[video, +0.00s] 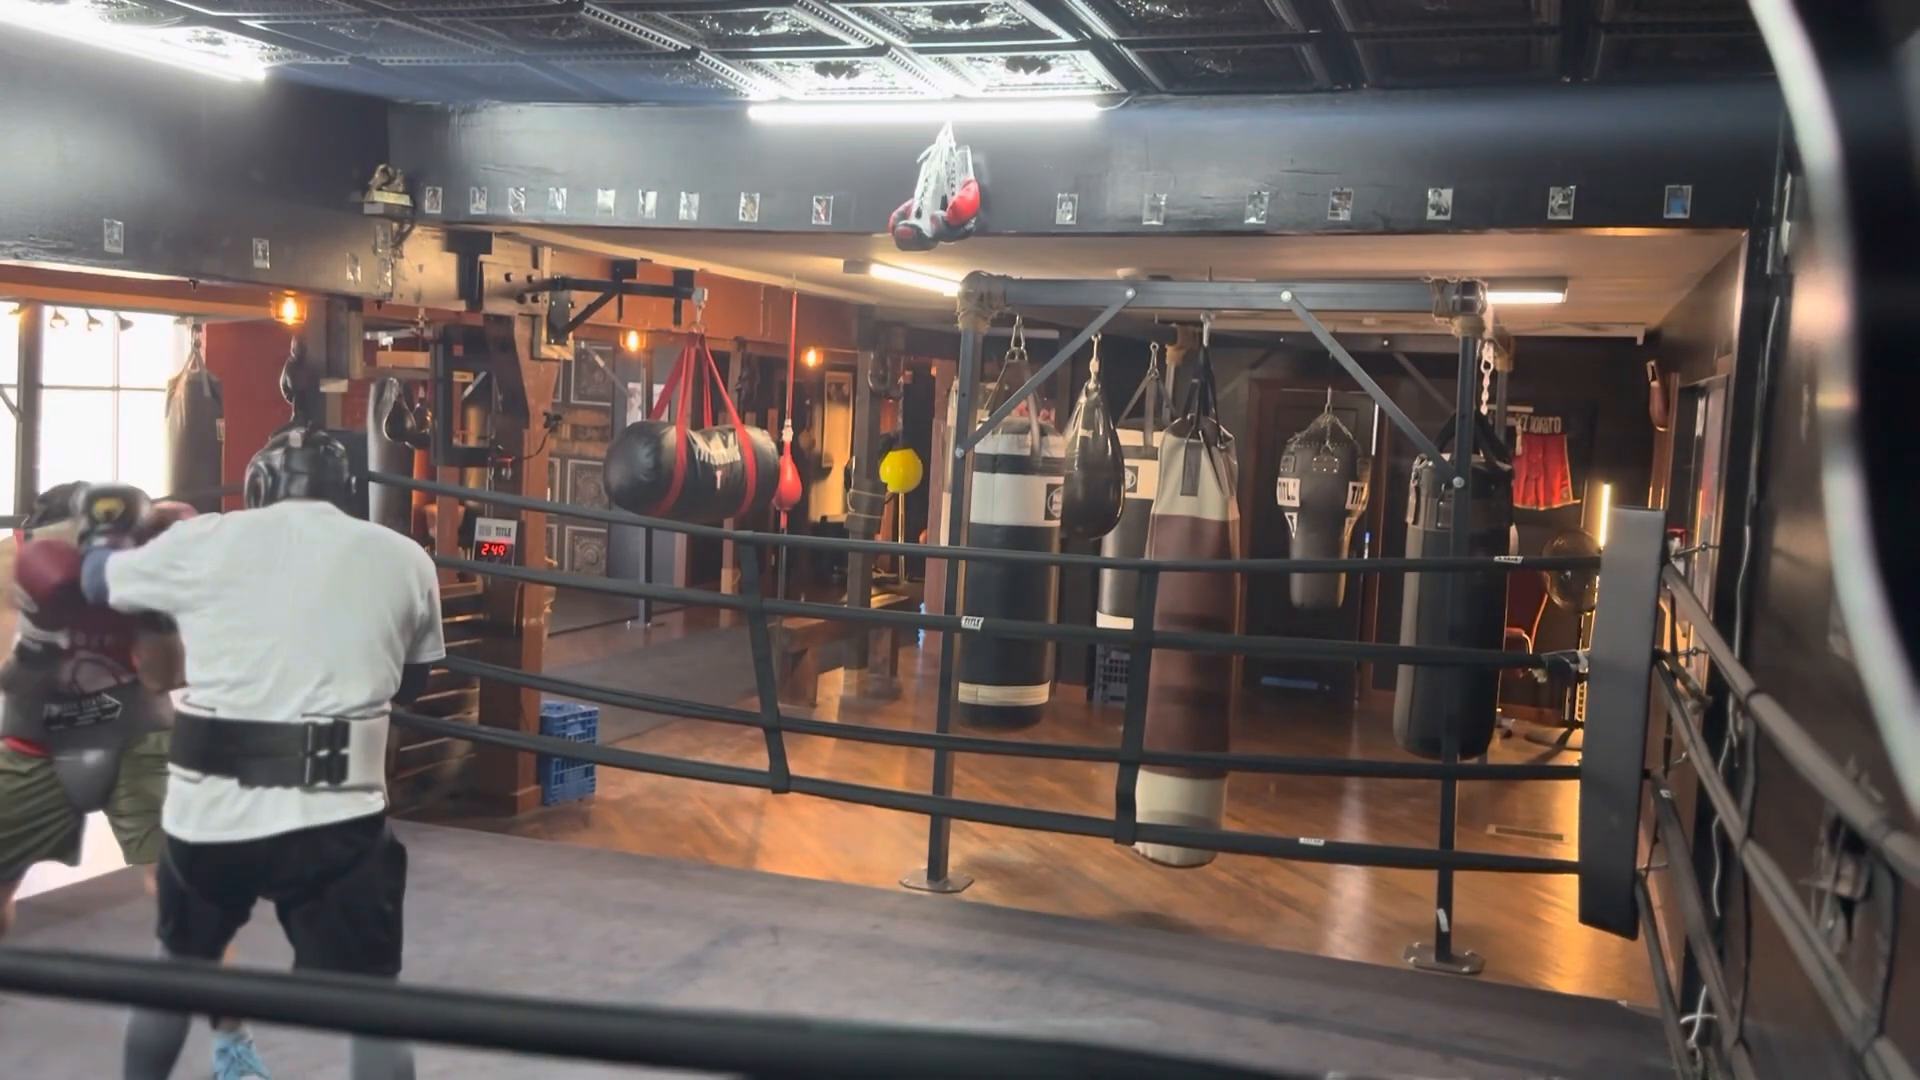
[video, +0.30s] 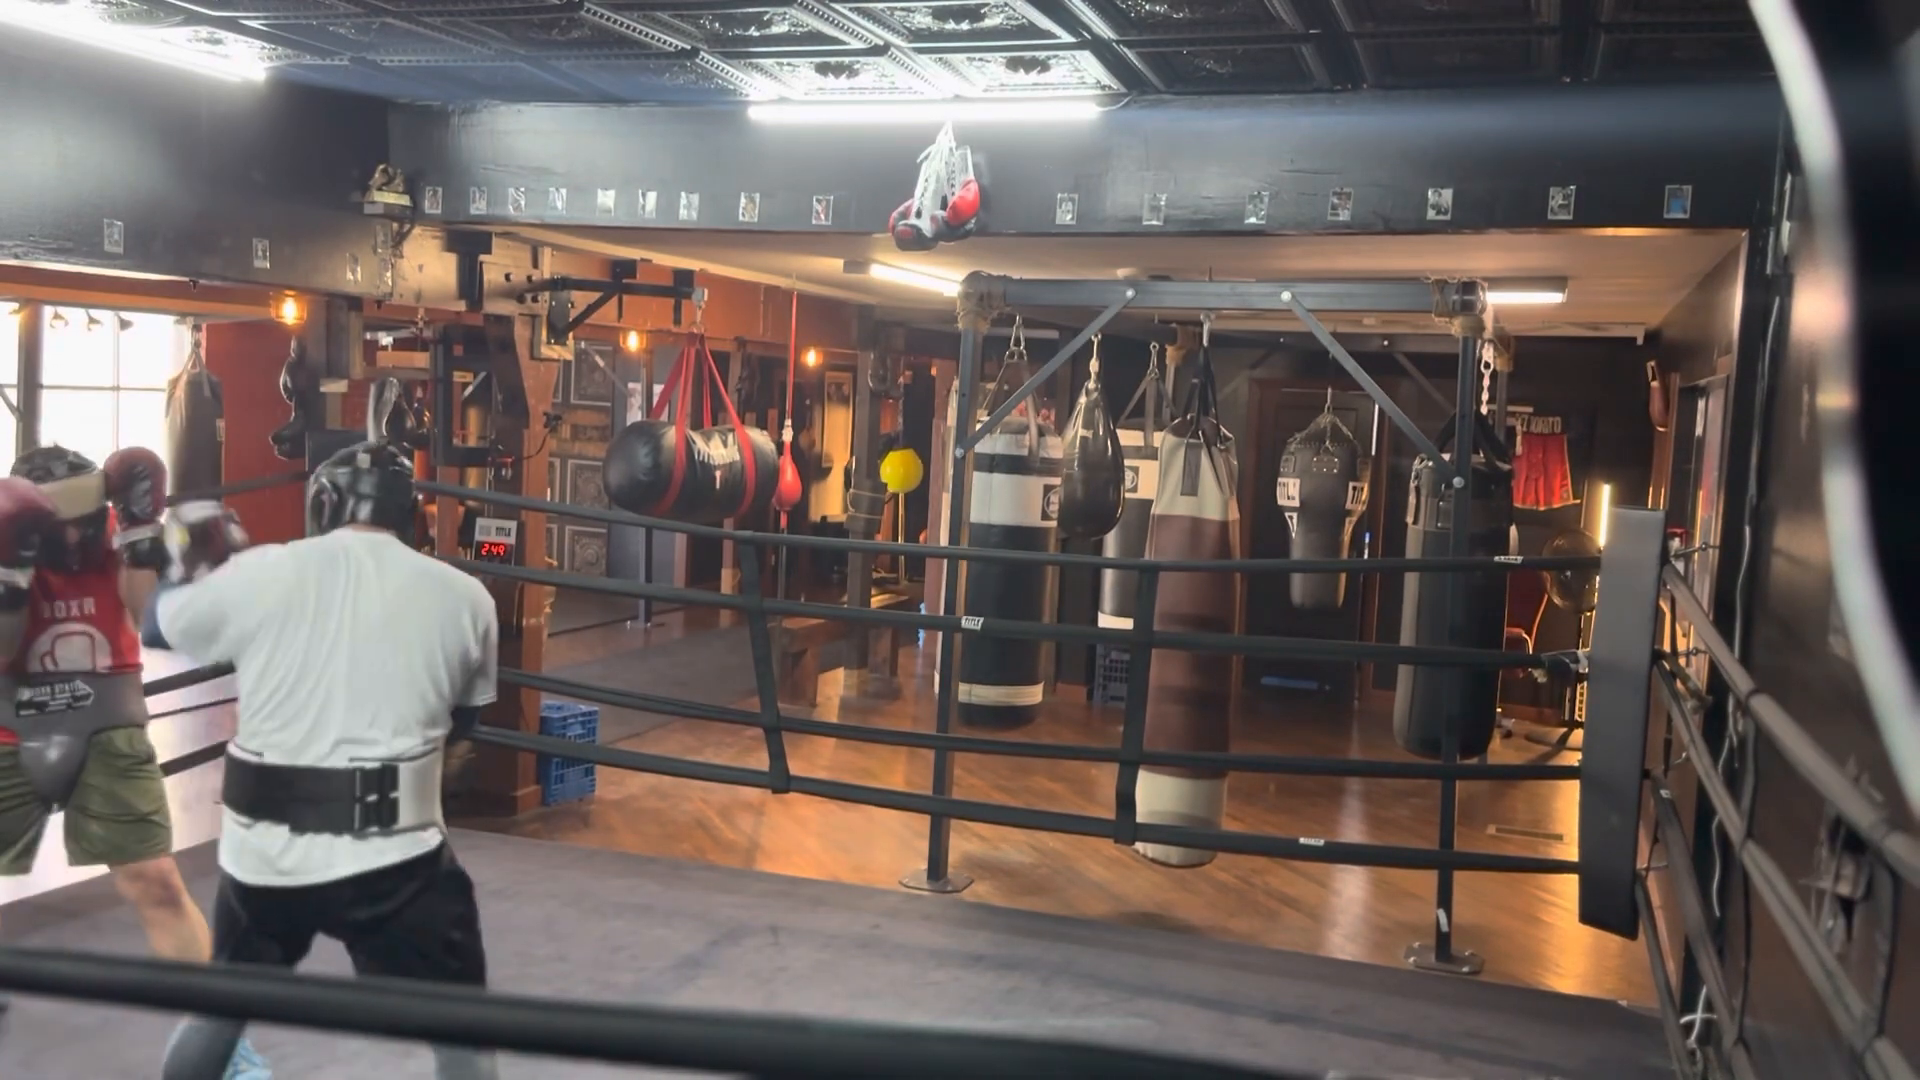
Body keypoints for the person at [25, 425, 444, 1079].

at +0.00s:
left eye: (254, 482)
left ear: (260, 486)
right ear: (348, 488)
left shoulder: (206, 542)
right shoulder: (403, 557)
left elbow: (98, 576)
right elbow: (413, 675)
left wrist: (121, 532)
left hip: (211, 824)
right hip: (339, 828)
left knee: (176, 976)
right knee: (375, 1011)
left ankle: (139, 1076)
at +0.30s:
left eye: (317, 499)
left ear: (325, 503)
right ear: (409, 512)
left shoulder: (262, 574)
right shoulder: (464, 597)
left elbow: (159, 623)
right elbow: (460, 725)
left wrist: (175, 562)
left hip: (265, 863)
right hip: (398, 865)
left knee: (222, 1007)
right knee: (463, 1034)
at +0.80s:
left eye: (281, 485)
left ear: (285, 490)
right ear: (370, 491)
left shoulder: (237, 553)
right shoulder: (433, 556)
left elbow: (155, 564)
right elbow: (459, 683)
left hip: (261, 835)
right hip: (386, 832)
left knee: (241, 1001)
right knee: (424, 1026)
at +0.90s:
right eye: (369, 488)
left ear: (280, 486)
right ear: (363, 490)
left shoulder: (223, 554)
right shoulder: (402, 540)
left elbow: (149, 634)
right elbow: (434, 663)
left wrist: (100, 654)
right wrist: (362, 633)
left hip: (242, 814)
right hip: (363, 806)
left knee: (241, 990)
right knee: (431, 980)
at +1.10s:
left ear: (278, 489)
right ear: (364, 496)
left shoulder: (210, 546)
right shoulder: (405, 549)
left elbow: (125, 637)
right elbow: (426, 681)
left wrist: (218, 633)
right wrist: (351, 648)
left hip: (222, 824)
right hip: (348, 824)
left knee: (222, 1000)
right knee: (401, 1010)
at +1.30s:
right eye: (404, 485)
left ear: (309, 474)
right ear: (394, 488)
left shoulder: (238, 531)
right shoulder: (429, 560)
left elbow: (149, 605)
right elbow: (439, 696)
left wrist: (242, 631)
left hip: (237, 824)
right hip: (362, 826)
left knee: (227, 1004)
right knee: (422, 1017)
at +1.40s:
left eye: (328, 469)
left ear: (331, 475)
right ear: (419, 491)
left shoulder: (258, 534)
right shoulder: (458, 570)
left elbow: (169, 616)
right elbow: (456, 689)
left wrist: (264, 626)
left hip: (259, 839)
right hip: (385, 846)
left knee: (240, 1010)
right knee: (420, 1030)